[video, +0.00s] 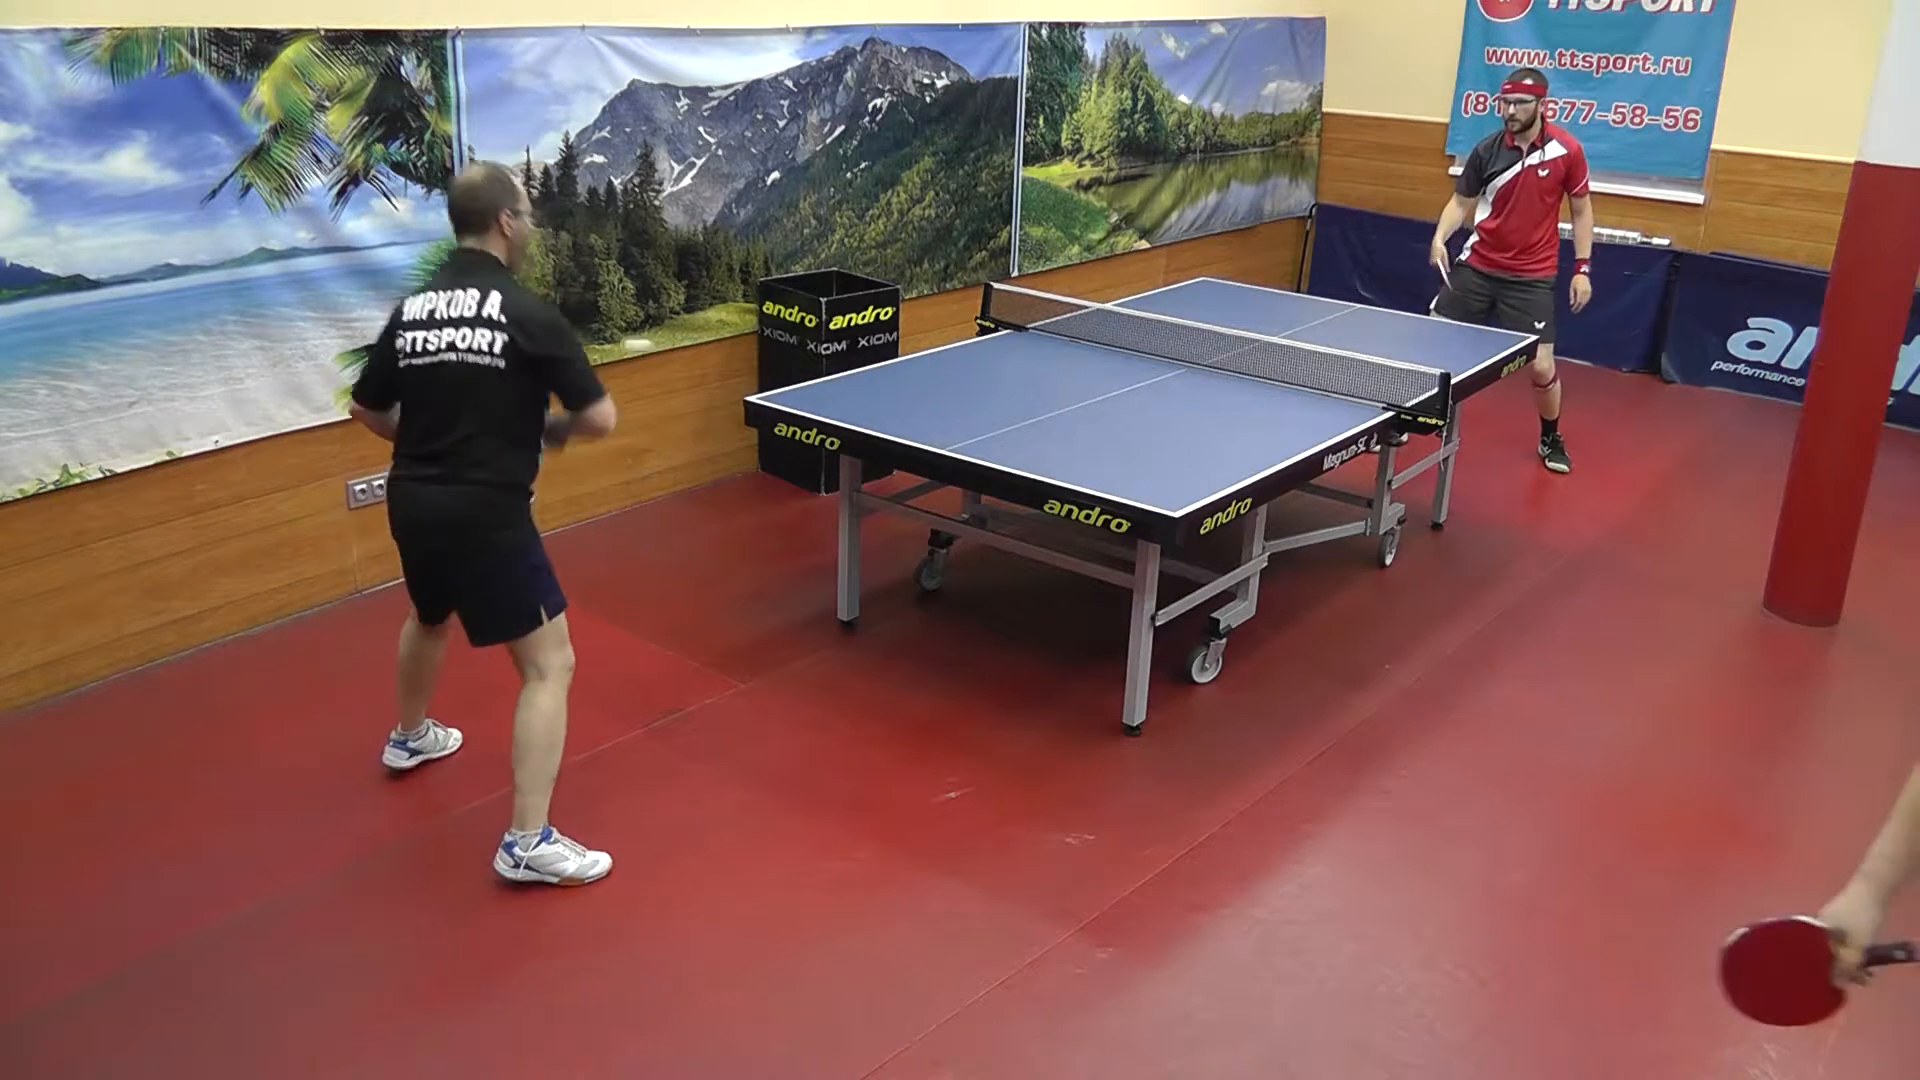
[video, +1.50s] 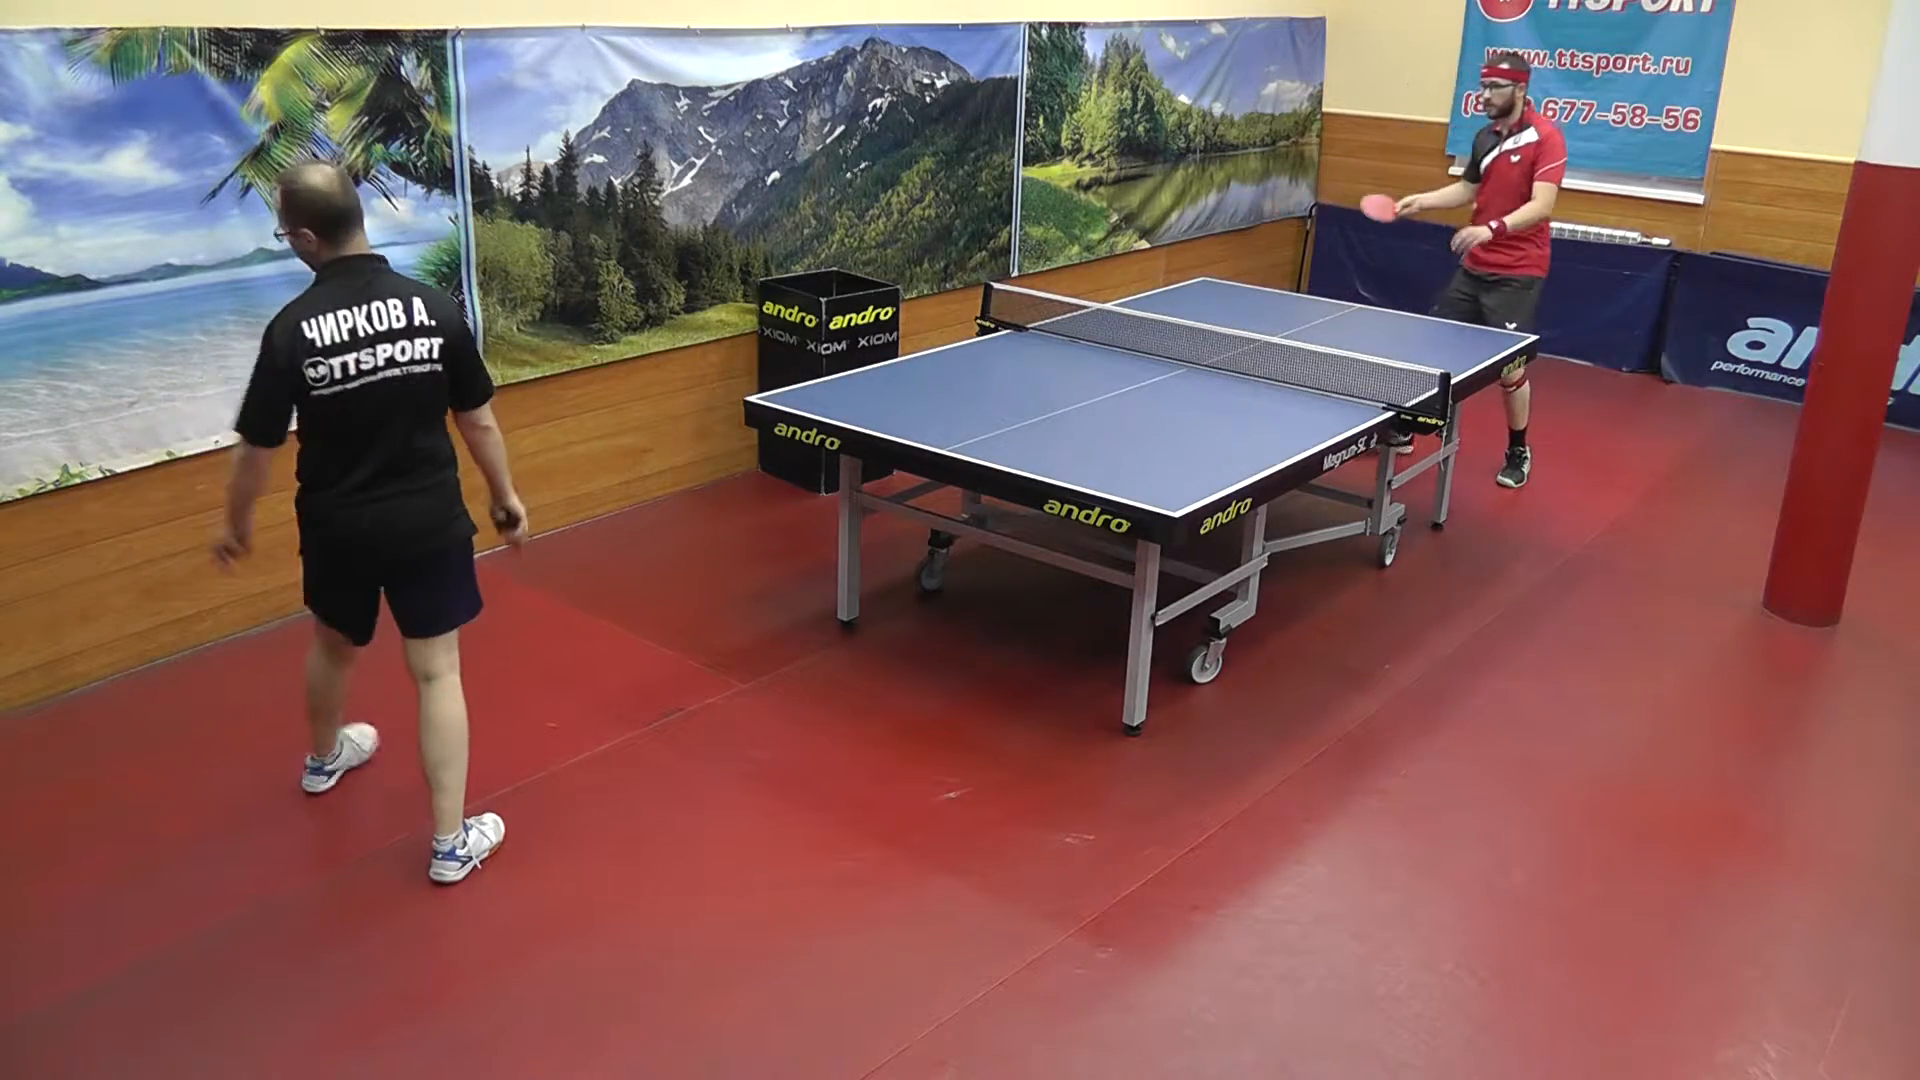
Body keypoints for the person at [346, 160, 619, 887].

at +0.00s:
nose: (531, 224)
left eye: (526, 211)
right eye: (526, 214)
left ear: (460, 225)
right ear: (506, 222)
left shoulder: (415, 307)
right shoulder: (529, 315)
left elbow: (370, 406)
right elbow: (599, 418)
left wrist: (429, 435)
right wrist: (549, 427)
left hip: (414, 505)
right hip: (490, 513)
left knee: (428, 618)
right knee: (548, 666)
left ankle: (408, 735)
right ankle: (527, 837)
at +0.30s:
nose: (450, 199)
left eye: (443, 187)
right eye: (441, 191)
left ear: (385, 215)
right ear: (421, 209)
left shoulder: (374, 305)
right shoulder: (472, 283)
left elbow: (348, 400)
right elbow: (584, 275)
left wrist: (422, 383)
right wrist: (656, 186)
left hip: (406, 502)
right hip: (476, 500)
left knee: (421, 624)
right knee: (526, 657)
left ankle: (398, 749)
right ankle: (532, 829)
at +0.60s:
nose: (464, 212)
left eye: (458, 200)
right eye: (455, 203)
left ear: (402, 222)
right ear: (428, 219)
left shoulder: (379, 300)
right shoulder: (443, 299)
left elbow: (361, 402)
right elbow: (533, 357)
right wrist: (642, 315)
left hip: (382, 502)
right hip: (438, 508)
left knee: (417, 625)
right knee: (489, 675)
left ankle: (399, 747)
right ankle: (480, 859)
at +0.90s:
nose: (487, 263)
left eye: (485, 250)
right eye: (483, 252)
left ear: (415, 259)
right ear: (463, 262)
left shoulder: (378, 323)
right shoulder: (446, 359)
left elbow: (390, 438)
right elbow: (479, 492)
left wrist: (468, 506)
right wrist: (500, 519)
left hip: (348, 527)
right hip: (403, 547)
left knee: (397, 626)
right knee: (495, 687)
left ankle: (335, 746)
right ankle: (476, 868)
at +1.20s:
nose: (374, 197)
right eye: (371, 188)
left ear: (305, 223)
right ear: (369, 209)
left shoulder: (279, 315)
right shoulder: (421, 309)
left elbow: (213, 390)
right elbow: (489, 411)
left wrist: (138, 412)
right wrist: (486, 389)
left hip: (327, 522)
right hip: (410, 519)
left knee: (336, 637)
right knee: (438, 673)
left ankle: (324, 755)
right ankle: (446, 839)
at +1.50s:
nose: (287, 239)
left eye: (286, 230)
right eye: (288, 228)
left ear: (300, 237)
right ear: (360, 218)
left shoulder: (291, 329)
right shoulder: (430, 303)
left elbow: (257, 449)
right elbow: (476, 419)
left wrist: (236, 525)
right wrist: (505, 494)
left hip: (337, 530)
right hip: (427, 521)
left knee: (334, 646)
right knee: (437, 674)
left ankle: (323, 756)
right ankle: (449, 840)